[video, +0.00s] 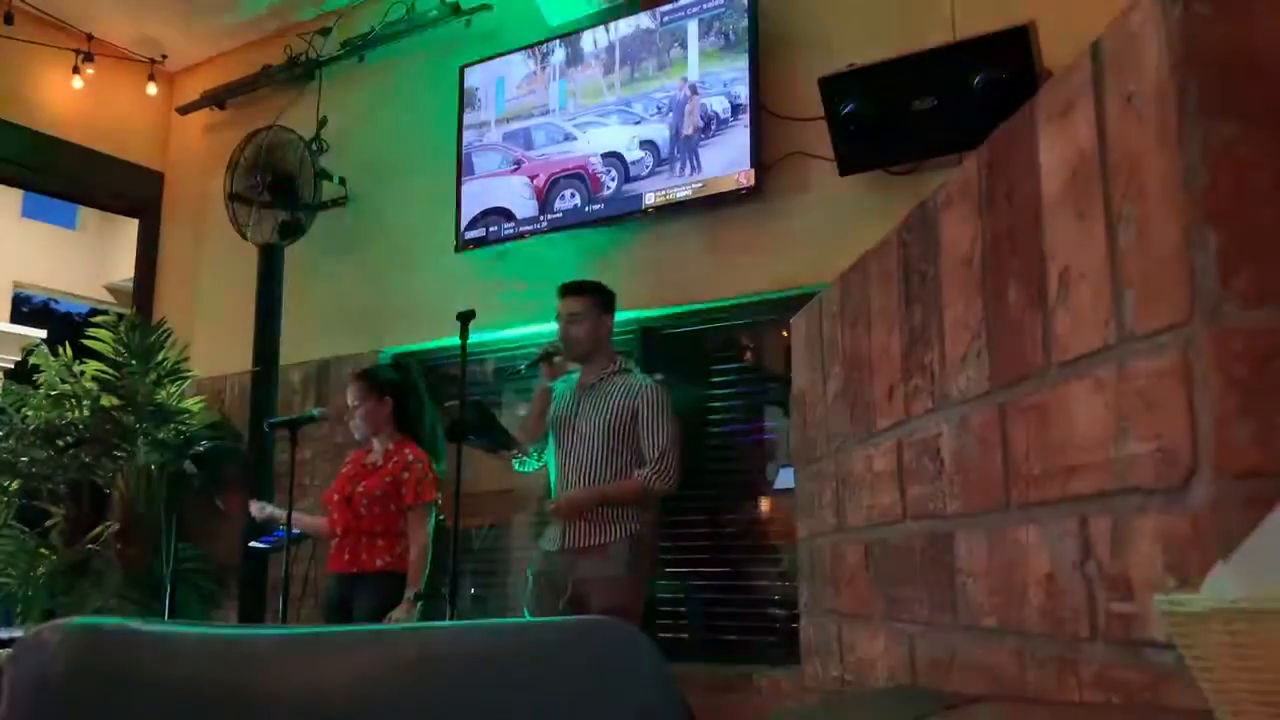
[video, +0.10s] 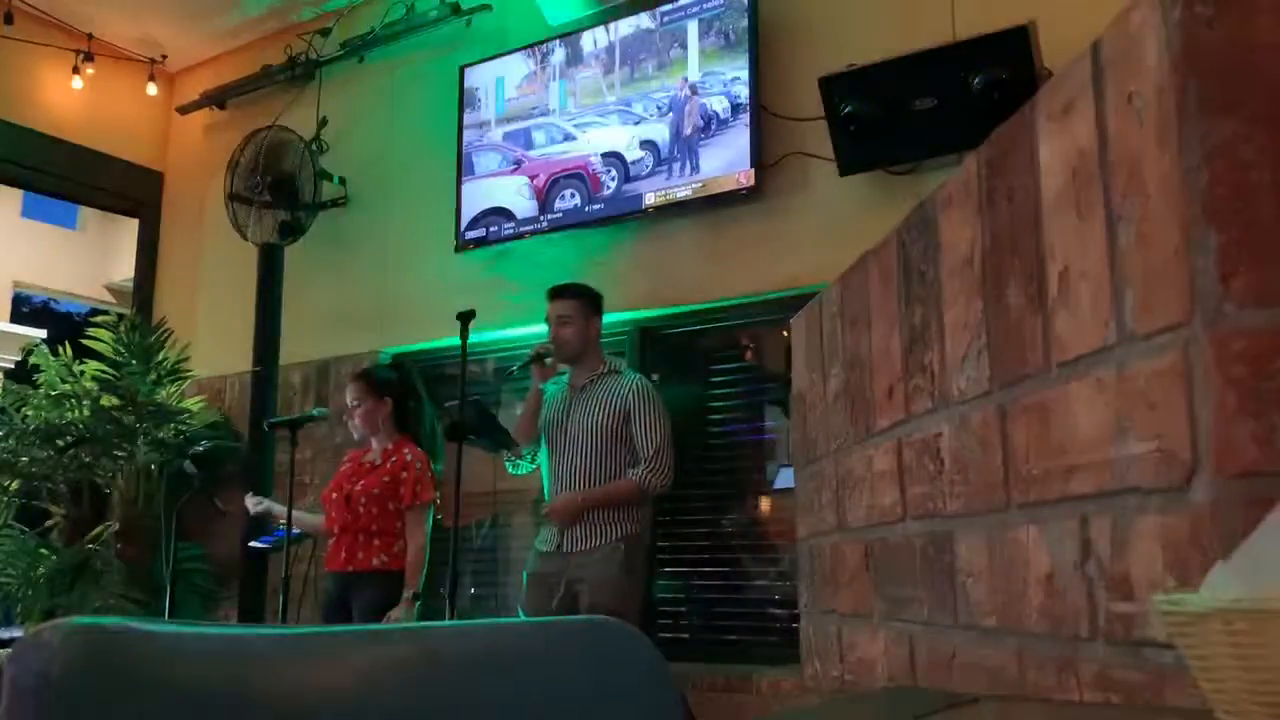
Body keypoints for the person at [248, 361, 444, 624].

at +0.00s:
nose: (349, 416)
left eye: (357, 406)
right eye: (349, 408)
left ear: (386, 405)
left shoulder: (413, 461)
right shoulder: (355, 460)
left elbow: (419, 539)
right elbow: (333, 526)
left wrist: (411, 600)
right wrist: (278, 515)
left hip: (384, 581)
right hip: (341, 579)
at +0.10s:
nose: (348, 415)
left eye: (357, 405)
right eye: (348, 407)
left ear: (385, 407)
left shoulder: (411, 461)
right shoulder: (352, 461)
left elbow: (417, 538)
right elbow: (330, 525)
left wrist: (409, 600)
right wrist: (273, 509)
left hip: (382, 582)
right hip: (339, 580)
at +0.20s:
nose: (346, 416)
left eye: (355, 406)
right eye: (346, 408)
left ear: (384, 407)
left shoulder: (410, 461)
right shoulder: (351, 461)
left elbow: (416, 538)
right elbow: (329, 525)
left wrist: (408, 601)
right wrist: (270, 506)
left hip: (381, 582)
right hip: (338, 580)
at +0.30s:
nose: (345, 415)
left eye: (353, 406)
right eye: (344, 407)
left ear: (381, 407)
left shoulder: (409, 463)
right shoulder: (348, 463)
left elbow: (417, 540)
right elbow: (325, 524)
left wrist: (409, 603)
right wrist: (265, 500)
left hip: (380, 581)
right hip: (334, 579)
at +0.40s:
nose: (343, 417)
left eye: (351, 407)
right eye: (343, 409)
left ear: (380, 408)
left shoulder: (409, 463)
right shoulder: (342, 464)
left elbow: (417, 537)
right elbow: (311, 518)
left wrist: (412, 601)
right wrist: (257, 490)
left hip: (382, 582)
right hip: (334, 581)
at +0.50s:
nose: (343, 417)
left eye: (351, 407)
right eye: (342, 409)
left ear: (380, 408)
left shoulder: (408, 463)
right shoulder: (341, 464)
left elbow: (419, 537)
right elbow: (303, 518)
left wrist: (415, 601)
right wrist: (251, 481)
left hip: (383, 581)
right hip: (334, 580)